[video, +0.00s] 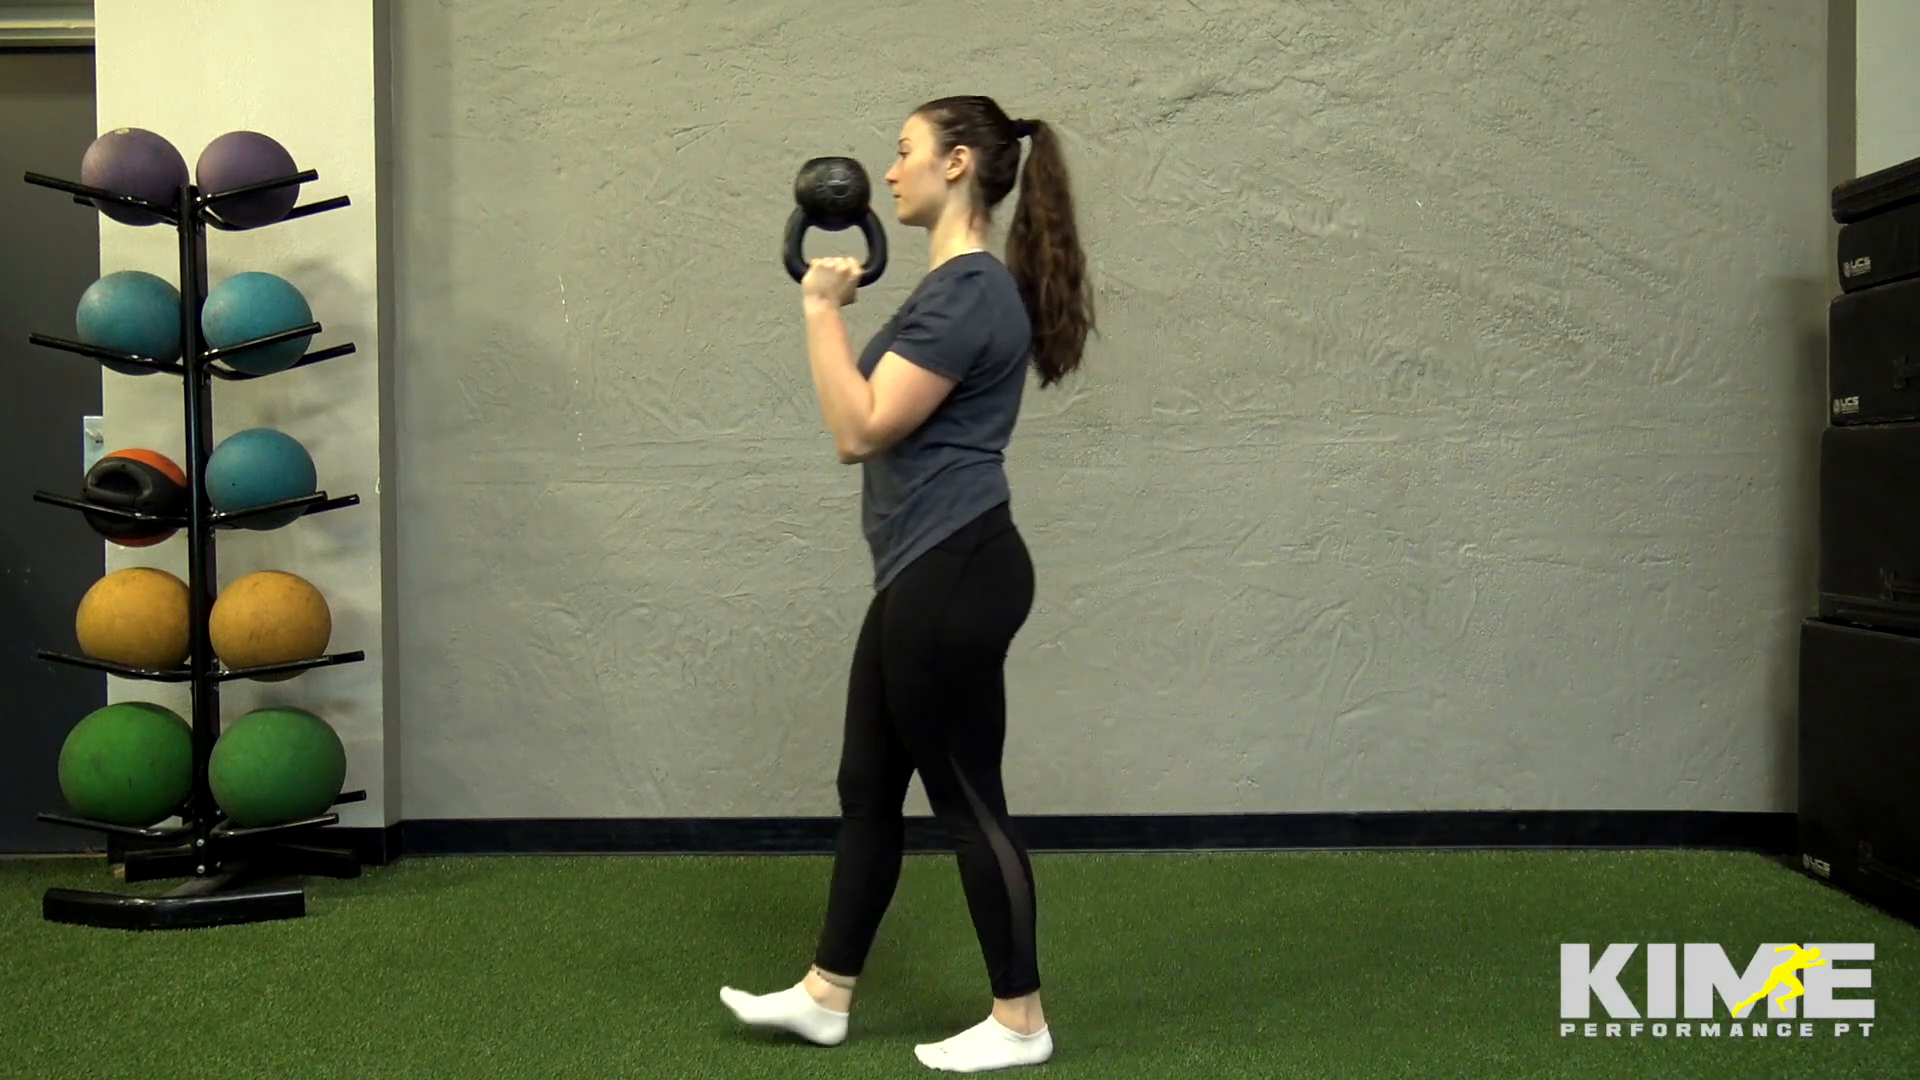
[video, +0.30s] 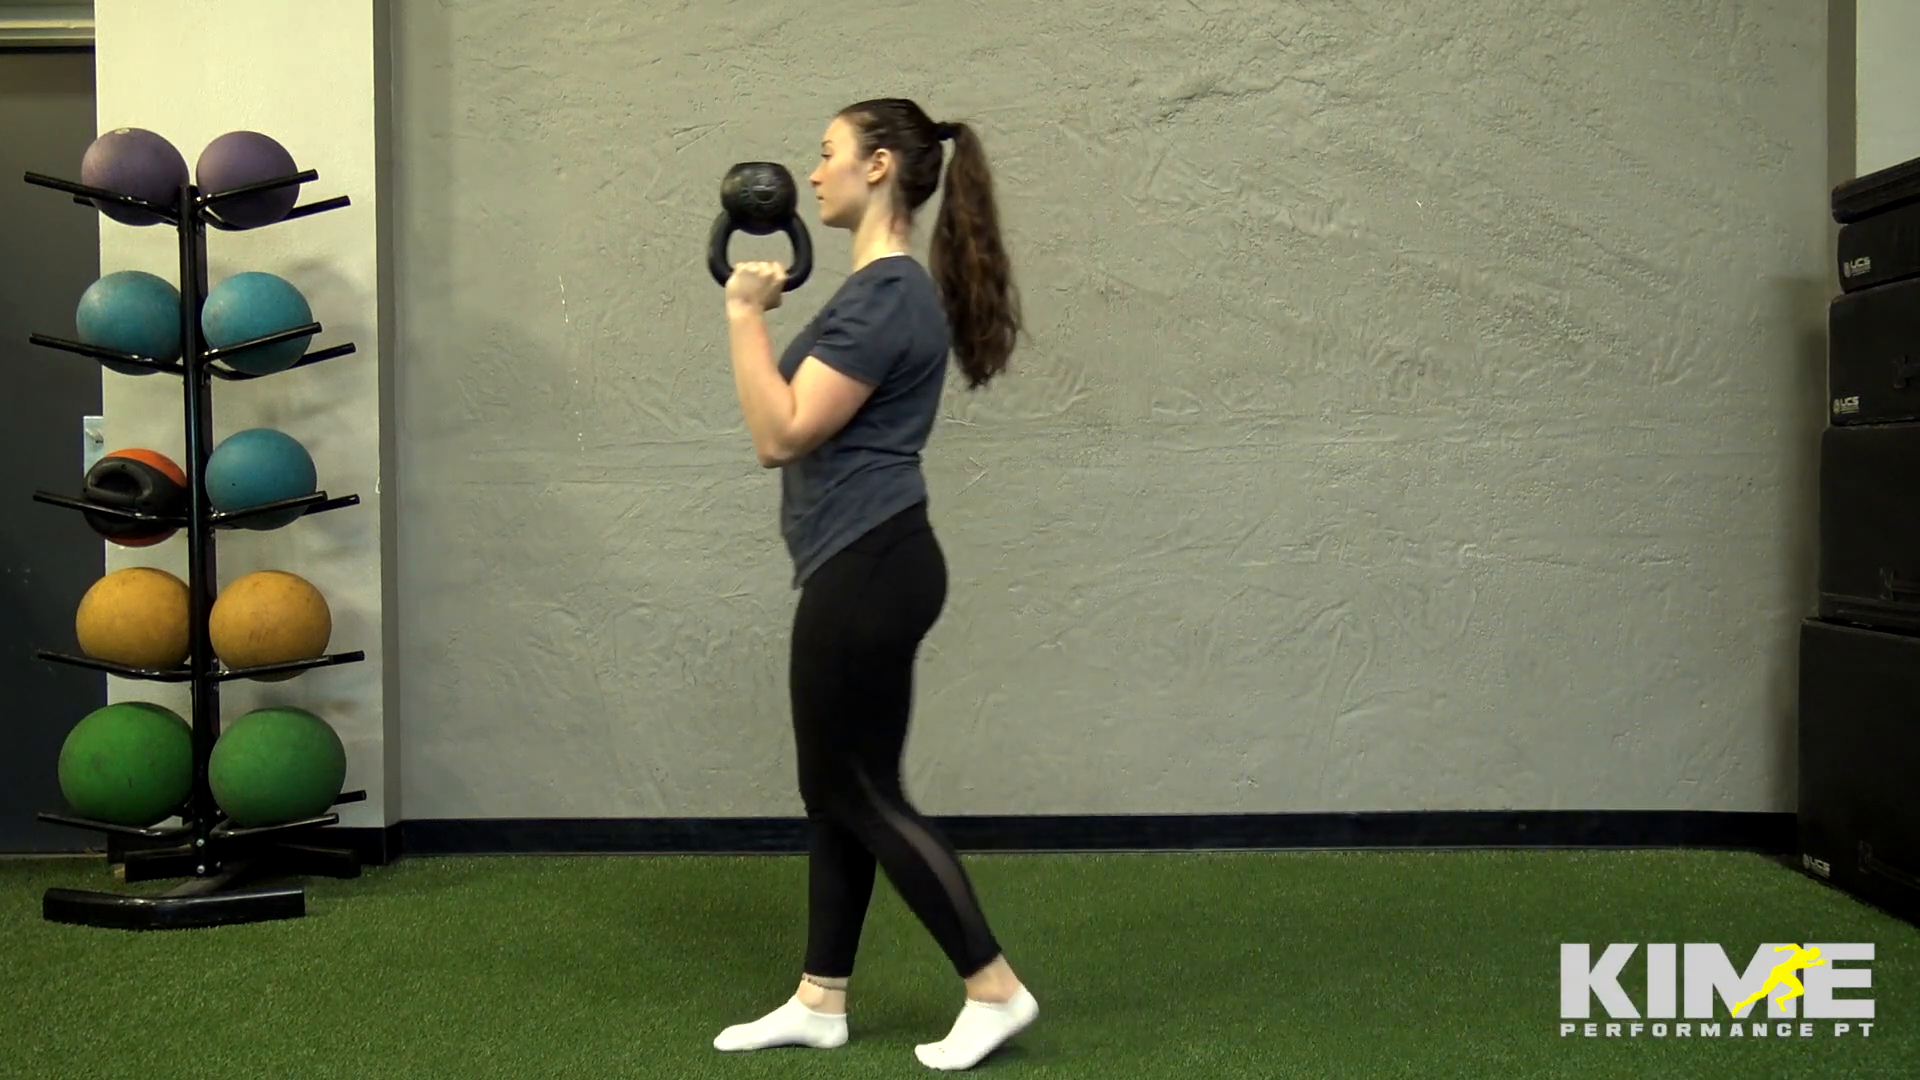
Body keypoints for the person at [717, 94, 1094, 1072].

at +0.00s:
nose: (888, 174)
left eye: (904, 157)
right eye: (893, 156)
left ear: (958, 169)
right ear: (957, 172)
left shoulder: (972, 291)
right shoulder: (947, 286)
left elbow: (858, 425)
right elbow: (868, 424)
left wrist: (822, 309)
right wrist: (823, 314)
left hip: (958, 567)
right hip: (919, 570)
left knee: (967, 800)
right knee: (870, 787)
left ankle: (1020, 1017)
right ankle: (825, 993)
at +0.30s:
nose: (813, 174)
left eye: (828, 157)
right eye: (819, 157)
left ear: (878, 171)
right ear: (884, 172)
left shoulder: (888, 295)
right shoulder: (879, 289)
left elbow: (784, 429)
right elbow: (779, 435)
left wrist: (745, 312)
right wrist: (755, 317)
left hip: (871, 564)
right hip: (857, 562)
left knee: (860, 791)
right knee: (835, 788)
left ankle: (996, 987)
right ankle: (820, 1000)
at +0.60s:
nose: (735, 176)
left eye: (749, 159)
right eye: (740, 159)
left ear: (800, 171)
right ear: (806, 173)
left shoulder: (812, 295)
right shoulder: (818, 290)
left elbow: (710, 433)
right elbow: (706, 434)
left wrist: (669, 317)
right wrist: (676, 318)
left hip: (788, 564)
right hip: (821, 558)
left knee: (689, 781)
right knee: (800, 782)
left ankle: (768, 992)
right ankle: (818, 993)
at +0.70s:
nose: (717, 176)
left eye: (731, 159)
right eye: (722, 158)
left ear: (783, 172)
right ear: (787, 176)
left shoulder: (790, 296)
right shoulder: (804, 291)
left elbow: (685, 434)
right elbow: (693, 427)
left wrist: (648, 318)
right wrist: (652, 321)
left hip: (771, 565)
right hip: (803, 558)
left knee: (669, 778)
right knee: (790, 787)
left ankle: (682, 1009)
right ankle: (817, 1000)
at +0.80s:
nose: (697, 178)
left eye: (712, 161)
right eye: (704, 161)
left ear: (764, 175)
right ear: (773, 178)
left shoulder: (768, 297)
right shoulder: (789, 292)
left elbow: (663, 435)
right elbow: (676, 432)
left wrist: (625, 315)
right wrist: (631, 324)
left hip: (751, 567)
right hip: (788, 559)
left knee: (657, 779)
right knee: (778, 786)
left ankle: (619, 1009)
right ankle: (816, 999)